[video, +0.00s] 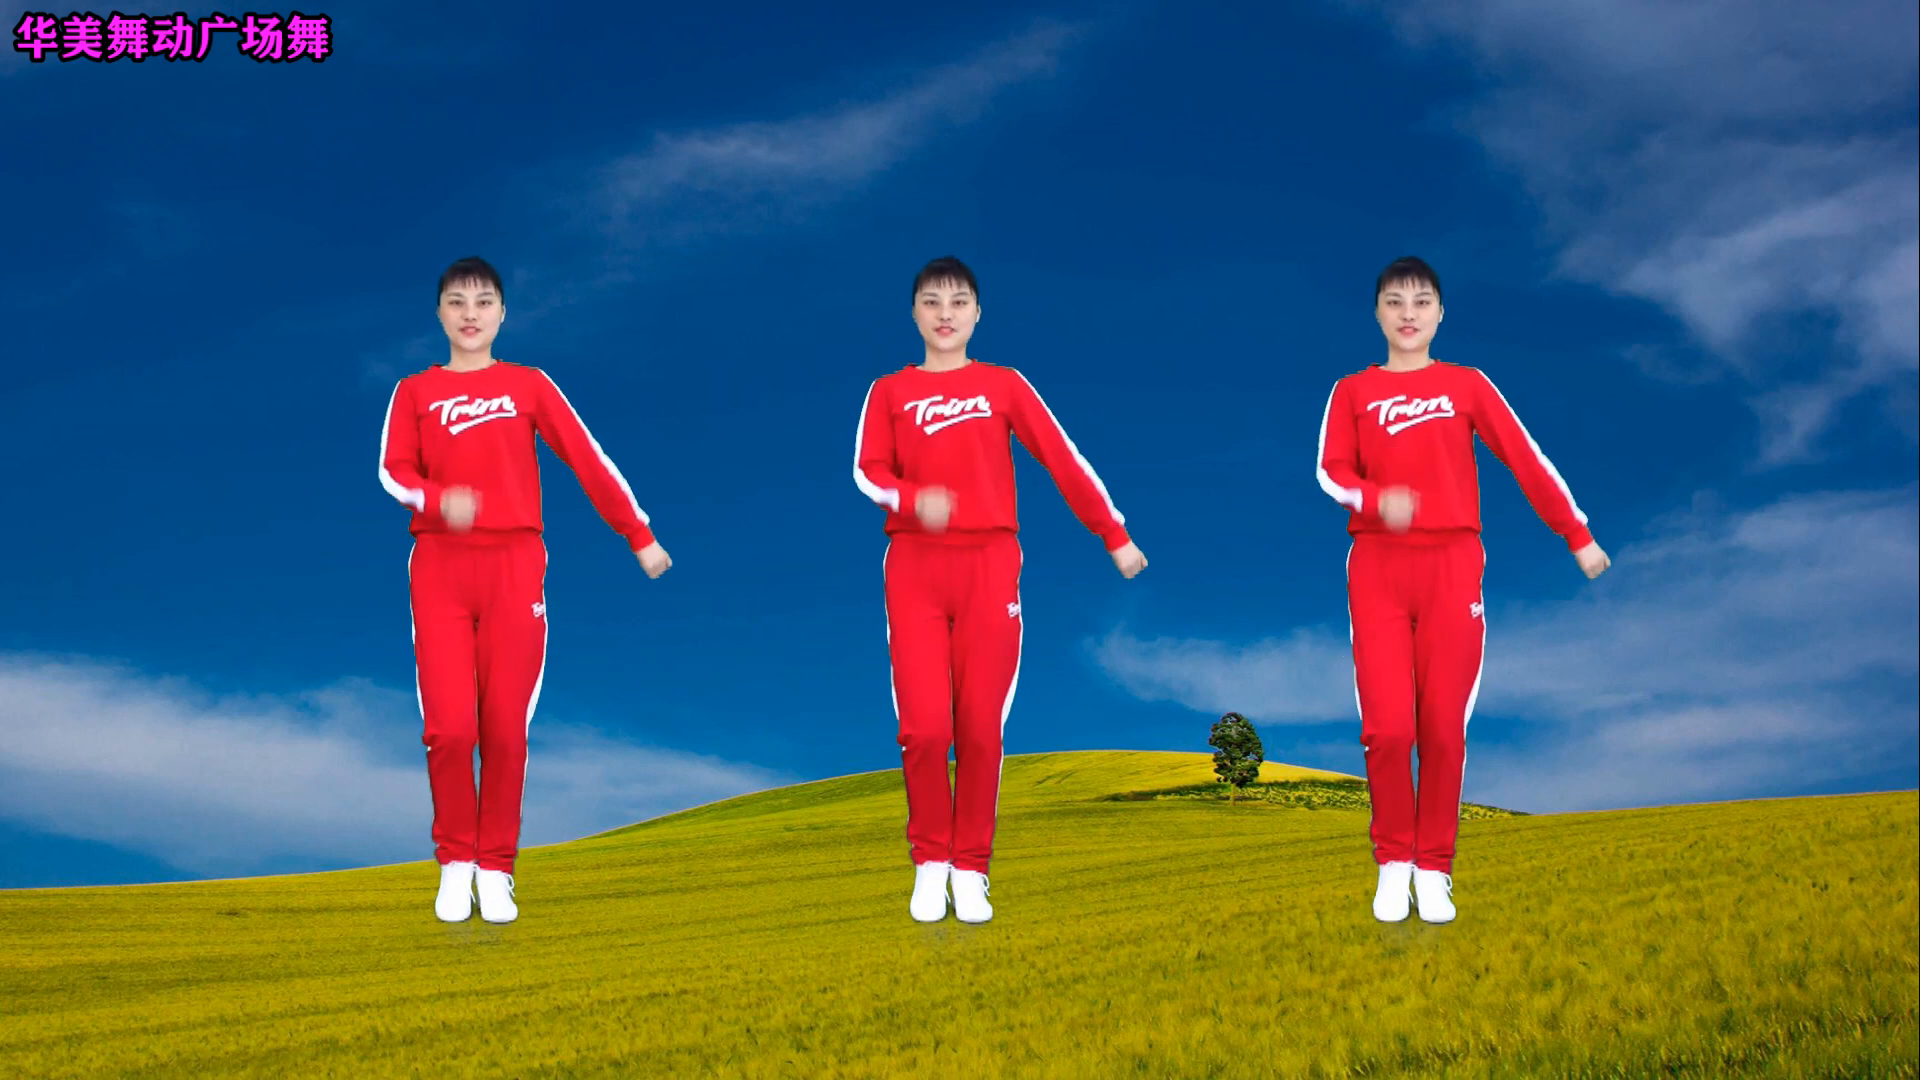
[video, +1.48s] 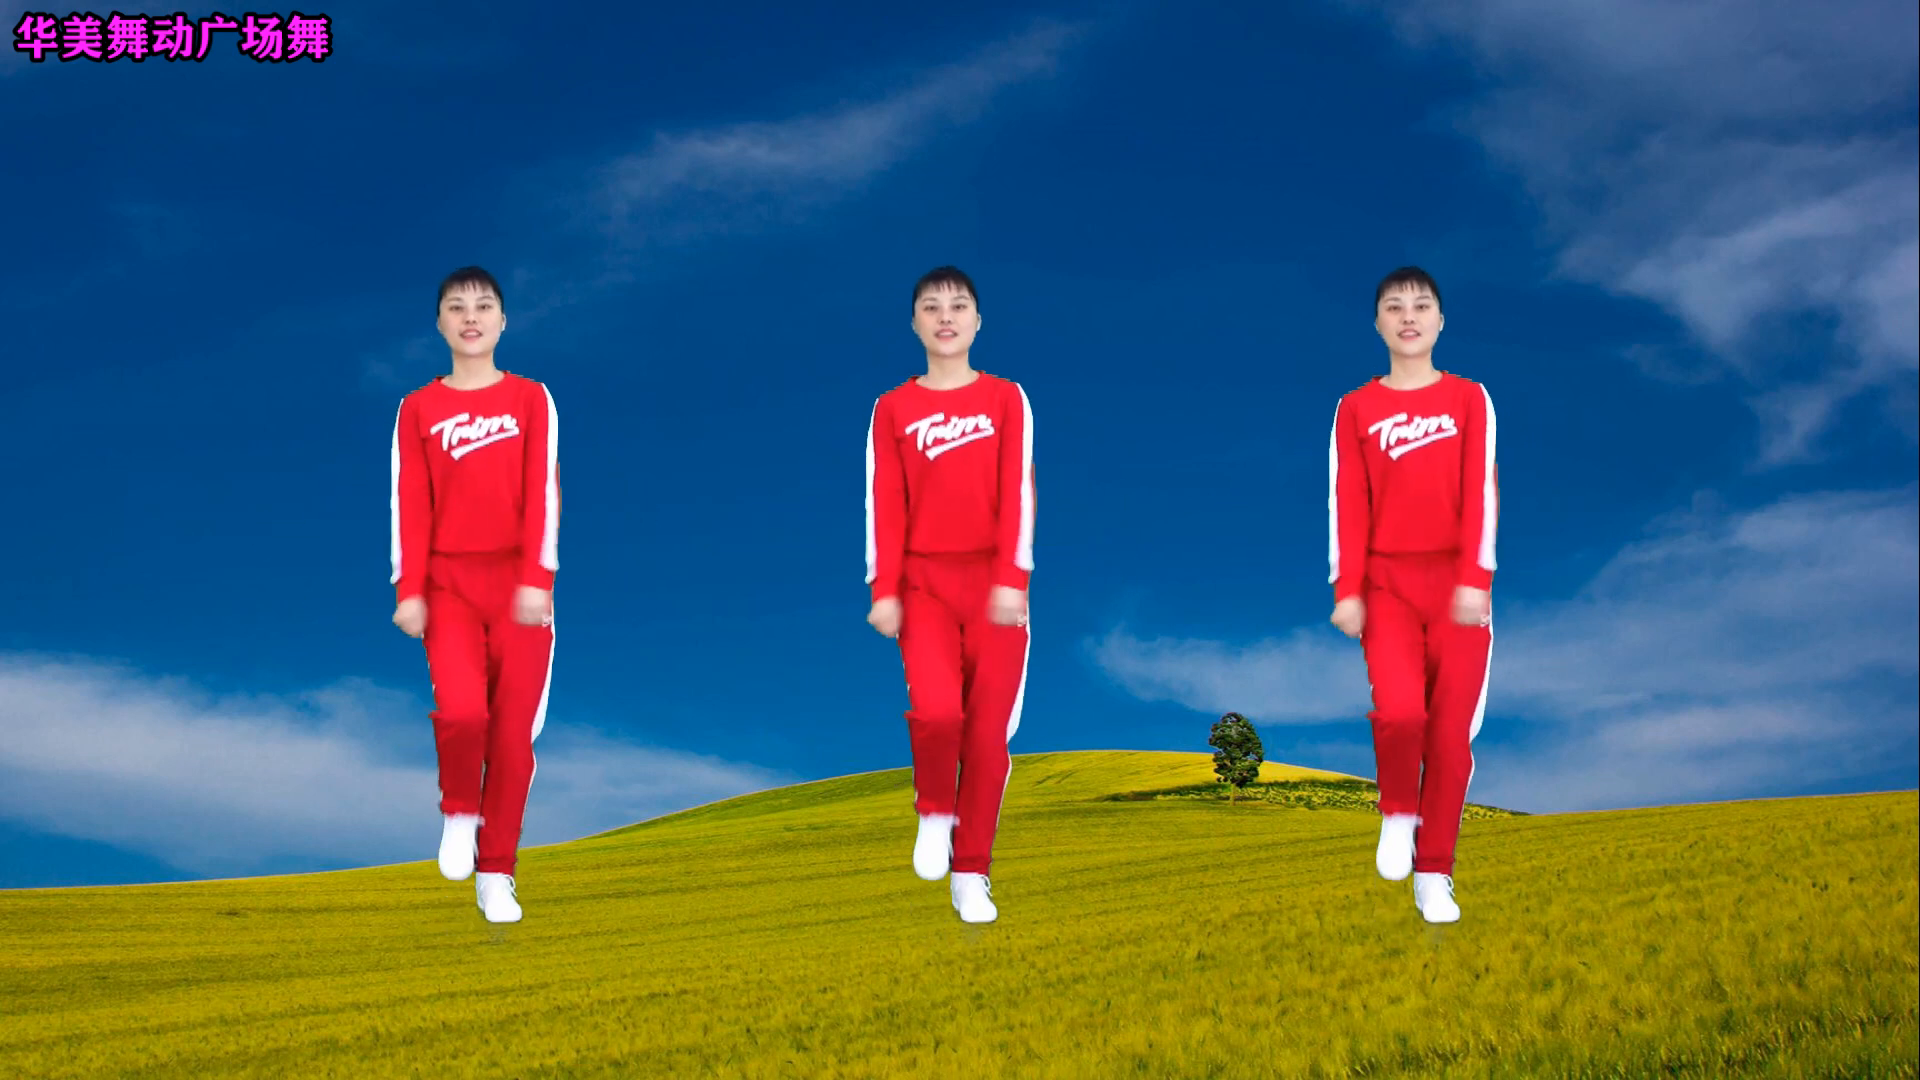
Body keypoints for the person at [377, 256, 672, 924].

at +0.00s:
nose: (470, 313)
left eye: (483, 302)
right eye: (457, 302)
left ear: (501, 313)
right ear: (440, 314)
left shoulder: (529, 385)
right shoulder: (413, 391)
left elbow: (590, 460)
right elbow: (393, 473)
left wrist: (641, 536)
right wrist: (436, 498)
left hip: (515, 569)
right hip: (439, 571)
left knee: (505, 725)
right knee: (448, 726)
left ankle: (496, 867)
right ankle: (455, 862)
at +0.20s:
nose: (473, 326)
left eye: (484, 315)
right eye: (459, 317)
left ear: (502, 325)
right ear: (444, 330)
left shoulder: (534, 406)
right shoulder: (420, 410)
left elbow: (554, 495)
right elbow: (400, 504)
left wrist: (538, 568)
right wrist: (388, 593)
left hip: (523, 579)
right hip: (447, 580)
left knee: (522, 731)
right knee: (475, 703)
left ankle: (496, 869)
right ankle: (462, 805)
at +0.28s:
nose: (472, 313)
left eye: (483, 302)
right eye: (459, 304)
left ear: (502, 312)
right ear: (442, 318)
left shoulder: (534, 391)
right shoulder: (418, 399)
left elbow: (563, 474)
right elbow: (378, 485)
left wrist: (511, 498)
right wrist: (350, 570)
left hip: (524, 573)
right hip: (447, 571)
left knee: (517, 724)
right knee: (475, 696)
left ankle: (497, 868)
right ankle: (466, 807)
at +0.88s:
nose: (461, 326)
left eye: (473, 316)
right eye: (448, 316)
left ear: (491, 328)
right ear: (431, 329)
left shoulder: (519, 404)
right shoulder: (405, 411)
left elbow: (535, 498)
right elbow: (389, 493)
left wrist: (549, 589)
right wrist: (428, 539)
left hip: (493, 584)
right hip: (419, 587)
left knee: (465, 714)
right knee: (418, 736)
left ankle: (491, 808)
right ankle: (455, 866)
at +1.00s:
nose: (459, 308)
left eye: (471, 298)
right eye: (448, 298)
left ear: (490, 311)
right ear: (430, 311)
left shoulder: (521, 388)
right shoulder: (404, 392)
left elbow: (569, 472)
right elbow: (363, 470)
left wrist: (602, 558)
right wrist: (422, 444)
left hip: (497, 563)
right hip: (421, 565)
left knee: (468, 704)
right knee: (426, 724)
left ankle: (490, 810)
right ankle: (454, 862)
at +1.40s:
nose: (467, 306)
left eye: (480, 296)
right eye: (455, 296)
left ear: (499, 309)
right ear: (438, 311)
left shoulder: (530, 385)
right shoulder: (415, 395)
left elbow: (565, 476)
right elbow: (406, 479)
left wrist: (591, 564)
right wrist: (437, 541)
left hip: (517, 567)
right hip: (441, 570)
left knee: (509, 727)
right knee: (451, 723)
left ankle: (498, 868)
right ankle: (457, 855)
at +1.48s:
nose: (471, 317)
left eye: (483, 308)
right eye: (458, 308)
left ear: (501, 321)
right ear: (441, 323)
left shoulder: (532, 397)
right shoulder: (417, 408)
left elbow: (544, 491)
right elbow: (409, 503)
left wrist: (538, 578)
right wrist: (408, 589)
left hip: (520, 579)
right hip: (447, 580)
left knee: (514, 729)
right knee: (461, 714)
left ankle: (496, 869)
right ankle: (459, 812)